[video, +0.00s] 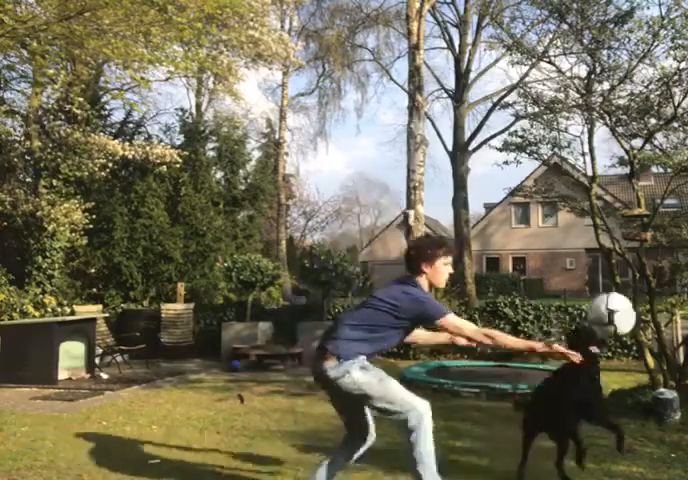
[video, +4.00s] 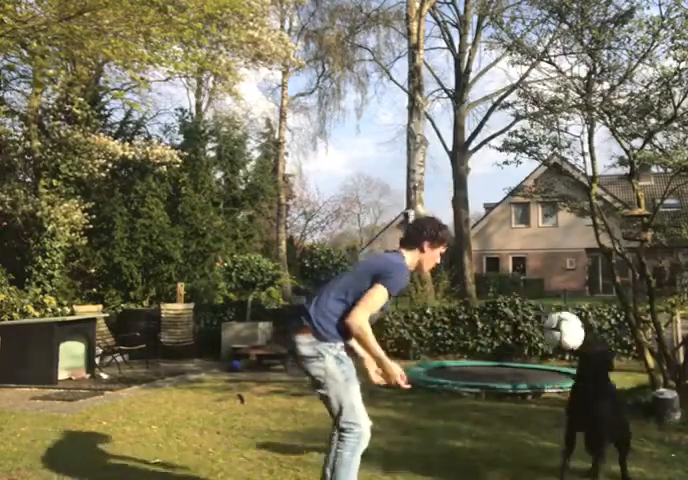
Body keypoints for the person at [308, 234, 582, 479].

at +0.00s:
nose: (450, 272)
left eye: (449, 264)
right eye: (446, 264)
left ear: (423, 266)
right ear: (425, 265)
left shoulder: (399, 291)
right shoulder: (417, 297)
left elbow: (410, 335)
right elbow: (481, 336)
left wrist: (456, 337)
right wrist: (542, 348)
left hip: (329, 362)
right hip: (345, 363)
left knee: (360, 433)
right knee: (418, 411)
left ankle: (322, 474)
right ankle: (429, 475)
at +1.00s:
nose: (668, 308)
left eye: (671, 301)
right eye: (671, 302)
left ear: (640, 280)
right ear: (661, 301)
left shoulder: (603, 295)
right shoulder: (609, 316)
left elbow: (586, 361)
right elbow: (592, 395)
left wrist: (619, 385)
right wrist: (642, 411)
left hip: (497, 349)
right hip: (514, 365)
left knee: (461, 403)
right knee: (589, 426)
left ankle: (390, 416)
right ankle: (570, 477)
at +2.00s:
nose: (445, 212)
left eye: (449, 205)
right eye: (446, 203)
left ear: (427, 194)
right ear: (429, 193)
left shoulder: (399, 227)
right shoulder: (407, 230)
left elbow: (400, 294)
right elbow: (399, 296)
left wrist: (444, 309)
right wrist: (449, 314)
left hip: (394, 342)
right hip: (389, 344)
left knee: (420, 418)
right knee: (398, 426)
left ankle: (400, 476)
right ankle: (370, 477)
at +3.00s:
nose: (419, 259)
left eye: (423, 253)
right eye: (421, 250)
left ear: (404, 238)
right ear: (406, 239)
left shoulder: (366, 256)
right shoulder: (371, 262)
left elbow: (350, 327)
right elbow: (351, 329)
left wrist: (394, 357)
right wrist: (396, 360)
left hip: (299, 340)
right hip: (303, 343)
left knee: (330, 426)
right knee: (347, 428)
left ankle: (323, 476)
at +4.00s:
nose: (438, 261)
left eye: (441, 255)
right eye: (440, 253)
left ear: (422, 244)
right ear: (426, 245)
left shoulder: (384, 261)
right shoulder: (398, 269)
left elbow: (342, 322)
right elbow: (355, 320)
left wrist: (368, 361)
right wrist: (386, 362)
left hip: (312, 338)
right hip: (318, 342)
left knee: (348, 425)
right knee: (356, 429)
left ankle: (332, 475)